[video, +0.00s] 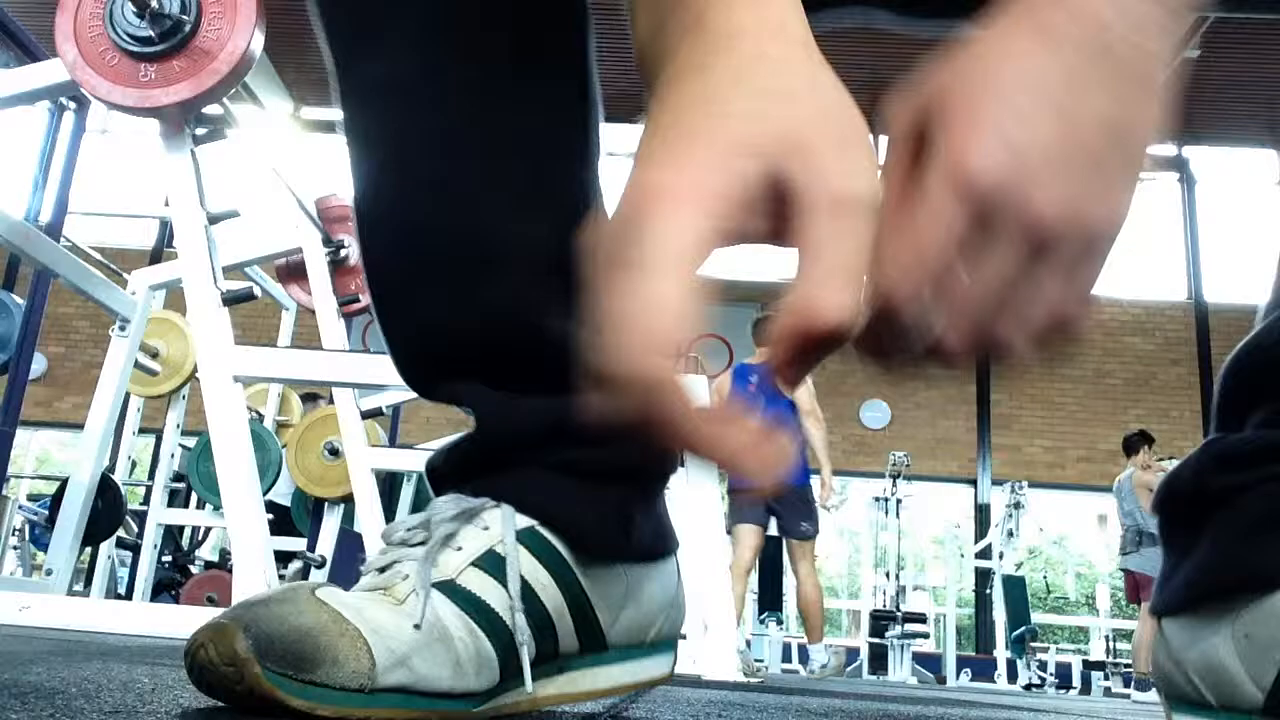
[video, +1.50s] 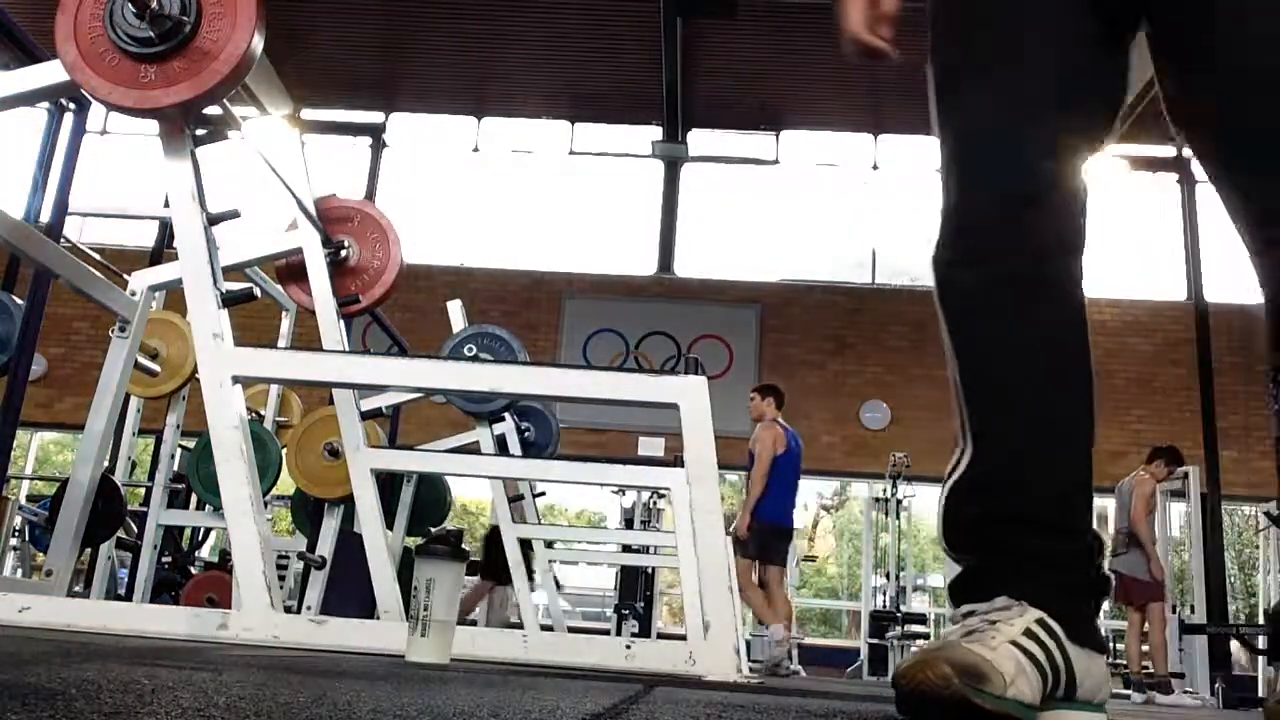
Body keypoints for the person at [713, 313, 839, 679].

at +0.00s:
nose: (791, 344)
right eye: (787, 336)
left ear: (754, 338)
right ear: (782, 338)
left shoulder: (729, 378)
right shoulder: (794, 373)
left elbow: (714, 428)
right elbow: (812, 419)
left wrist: (725, 463)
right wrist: (826, 472)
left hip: (744, 482)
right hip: (791, 483)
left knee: (741, 564)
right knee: (805, 568)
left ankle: (728, 646)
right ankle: (818, 657)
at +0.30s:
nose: (815, 354)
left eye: (811, 349)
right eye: (815, 349)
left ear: (781, 351)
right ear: (811, 349)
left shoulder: (760, 387)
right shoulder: (830, 381)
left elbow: (746, 441)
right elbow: (849, 428)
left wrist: (748, 491)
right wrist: (859, 480)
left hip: (777, 490)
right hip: (819, 491)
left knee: (780, 567)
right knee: (819, 571)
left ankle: (778, 612)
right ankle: (817, 658)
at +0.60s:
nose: (786, 379)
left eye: (785, 375)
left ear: (788, 375)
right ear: (819, 374)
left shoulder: (773, 407)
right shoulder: (841, 406)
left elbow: (757, 455)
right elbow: (867, 452)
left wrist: (753, 503)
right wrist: (870, 491)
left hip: (787, 505)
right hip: (827, 503)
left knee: (792, 577)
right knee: (823, 573)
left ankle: (798, 654)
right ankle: (819, 651)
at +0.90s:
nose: (772, 392)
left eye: (773, 386)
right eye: (771, 387)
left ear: (784, 384)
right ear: (803, 384)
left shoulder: (772, 416)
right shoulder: (832, 418)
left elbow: (756, 464)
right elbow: (842, 469)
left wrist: (751, 505)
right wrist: (841, 509)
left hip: (781, 513)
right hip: (817, 513)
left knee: (790, 584)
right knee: (814, 577)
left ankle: (800, 660)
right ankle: (827, 629)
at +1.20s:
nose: (762, 405)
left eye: (764, 399)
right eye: (762, 400)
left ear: (780, 399)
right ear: (790, 401)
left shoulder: (771, 428)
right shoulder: (819, 437)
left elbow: (756, 471)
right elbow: (826, 485)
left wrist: (740, 506)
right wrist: (826, 526)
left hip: (773, 519)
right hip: (802, 522)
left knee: (785, 587)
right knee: (788, 587)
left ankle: (800, 654)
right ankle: (780, 653)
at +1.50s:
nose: (750, 406)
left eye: (753, 401)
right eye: (750, 401)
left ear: (769, 403)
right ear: (774, 405)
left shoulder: (766, 430)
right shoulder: (792, 435)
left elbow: (760, 474)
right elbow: (788, 483)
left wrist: (746, 512)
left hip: (762, 517)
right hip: (783, 520)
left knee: (743, 580)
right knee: (775, 584)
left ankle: (776, 630)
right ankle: (783, 654)